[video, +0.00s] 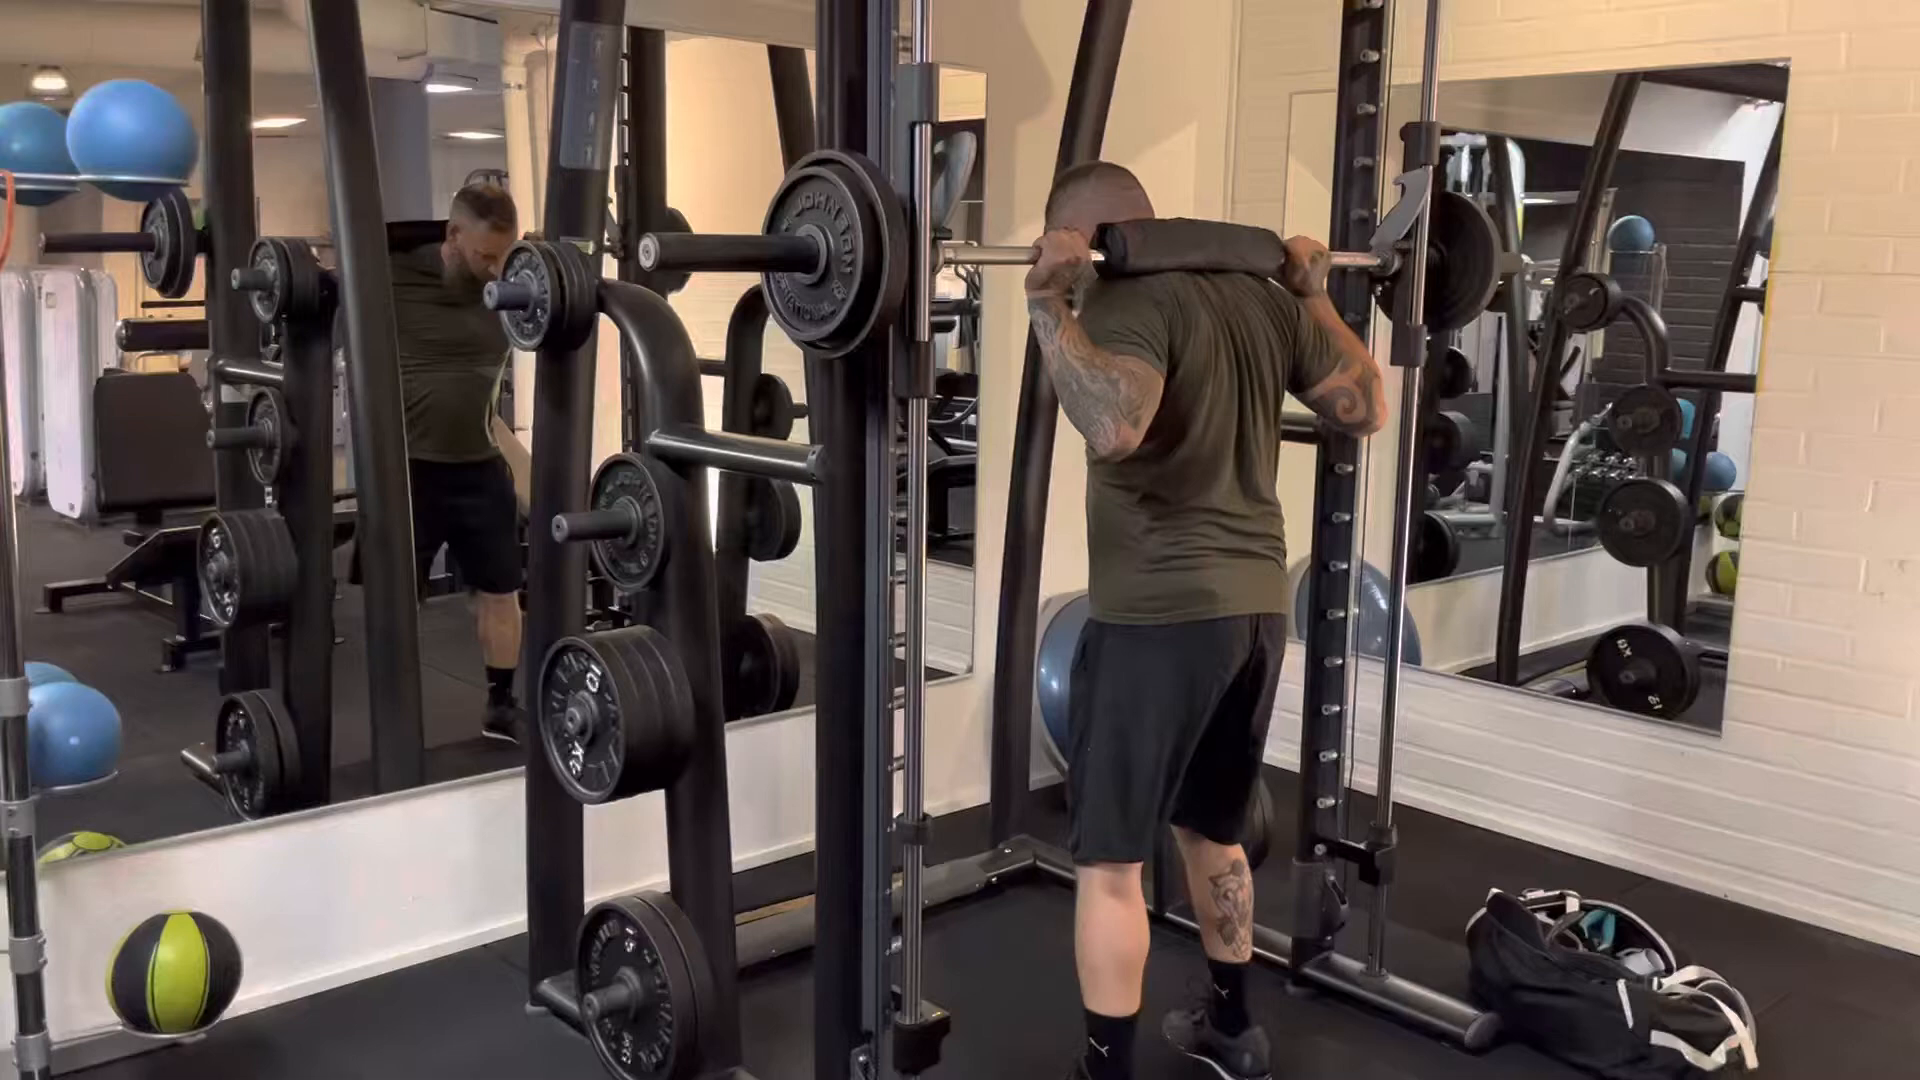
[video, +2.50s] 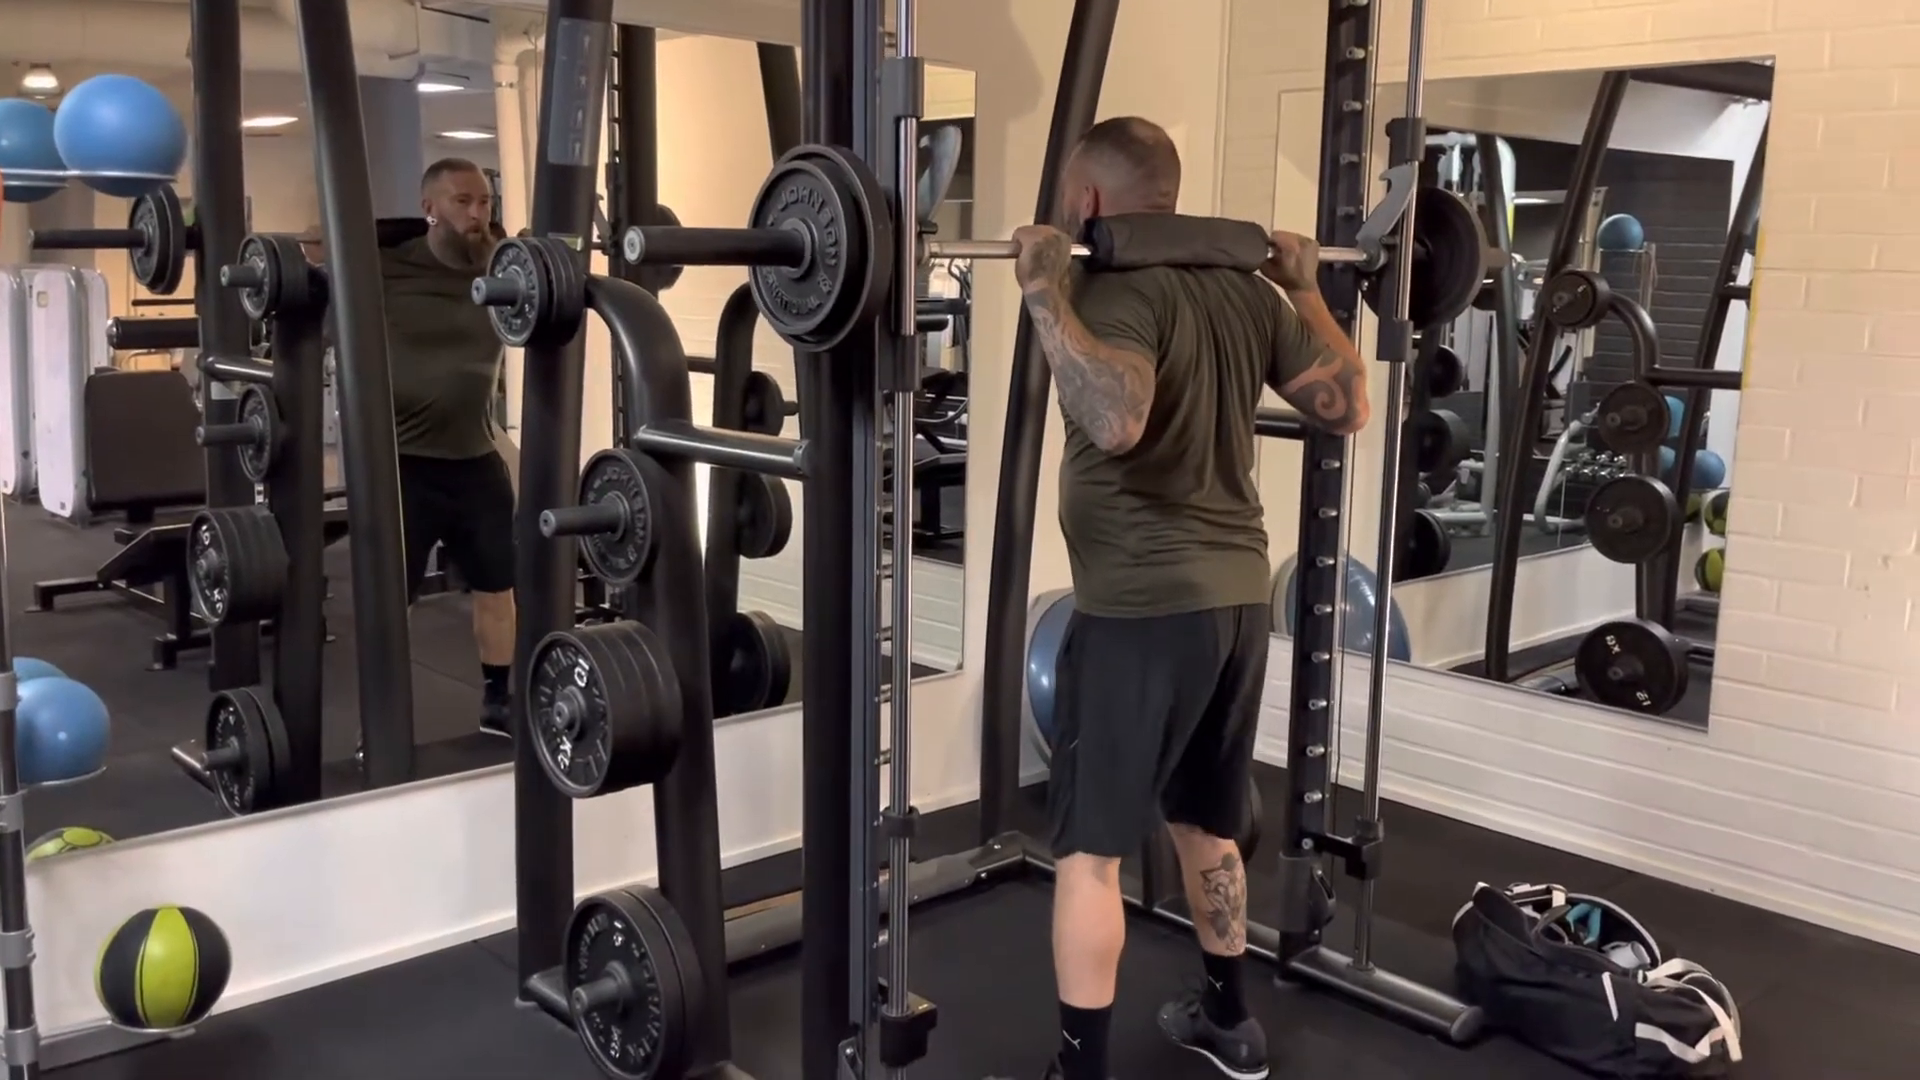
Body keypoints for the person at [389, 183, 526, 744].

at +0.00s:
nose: (496, 270)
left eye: (504, 257)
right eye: (485, 257)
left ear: (512, 242)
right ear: (452, 238)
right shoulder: (392, 279)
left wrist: (527, 466)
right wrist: (305, 270)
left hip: (480, 464)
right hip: (406, 467)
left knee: (500, 588)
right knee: (396, 597)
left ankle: (502, 705)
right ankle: (391, 709)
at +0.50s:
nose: (490, 268)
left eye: (499, 255)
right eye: (478, 253)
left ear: (507, 244)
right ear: (445, 238)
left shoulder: (498, 293)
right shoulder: (391, 287)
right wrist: (310, 266)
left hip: (490, 470)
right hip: (414, 475)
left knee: (500, 594)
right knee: (401, 605)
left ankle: (501, 711)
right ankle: (390, 728)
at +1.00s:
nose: (484, 222)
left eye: (492, 212)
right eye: (471, 210)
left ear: (501, 219)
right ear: (437, 215)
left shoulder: (503, 283)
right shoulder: (389, 284)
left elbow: (549, 308)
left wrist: (507, 259)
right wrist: (325, 280)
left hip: (488, 470)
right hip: (410, 472)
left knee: (499, 599)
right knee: (400, 608)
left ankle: (500, 716)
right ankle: (390, 734)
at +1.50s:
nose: (484, 225)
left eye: (490, 214)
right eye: (470, 213)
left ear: (499, 220)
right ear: (436, 219)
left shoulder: (503, 283)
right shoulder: (387, 284)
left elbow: (549, 310)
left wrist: (502, 263)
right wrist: (324, 278)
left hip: (488, 473)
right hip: (409, 476)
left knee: (499, 601)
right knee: (396, 611)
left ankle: (499, 719)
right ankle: (386, 737)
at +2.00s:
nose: (481, 221)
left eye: (488, 210)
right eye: (467, 209)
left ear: (495, 218)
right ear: (432, 216)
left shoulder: (500, 280)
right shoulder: (381, 280)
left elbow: (547, 301)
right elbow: (311, 261)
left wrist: (497, 260)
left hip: (482, 470)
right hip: (404, 472)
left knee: (496, 594)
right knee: (391, 606)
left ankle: (495, 712)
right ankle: (381, 730)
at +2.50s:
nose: (478, 212)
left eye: (484, 201)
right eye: (464, 200)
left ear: (493, 207)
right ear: (430, 206)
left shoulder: (498, 269)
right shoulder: (383, 268)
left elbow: (546, 291)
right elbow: (303, 249)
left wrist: (496, 251)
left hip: (476, 457)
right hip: (399, 458)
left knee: (497, 581)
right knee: (386, 591)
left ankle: (500, 701)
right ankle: (379, 716)